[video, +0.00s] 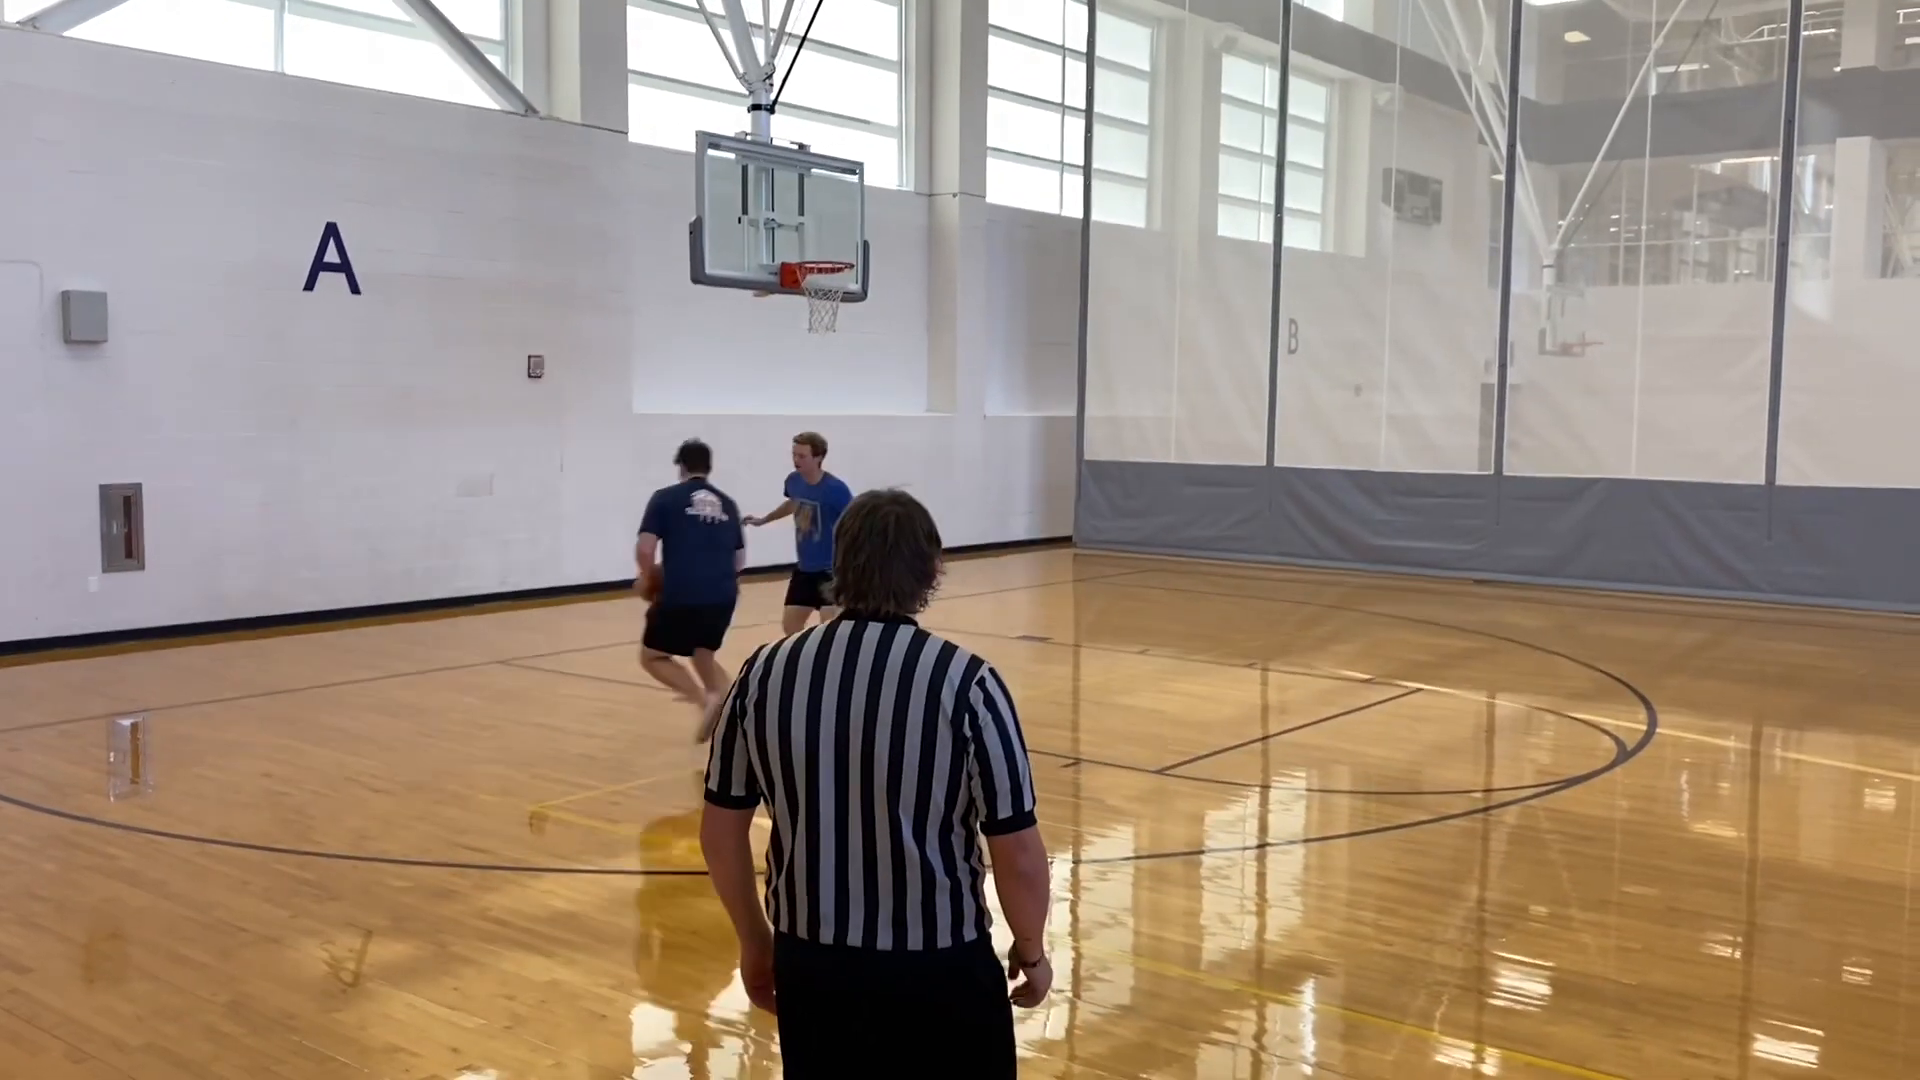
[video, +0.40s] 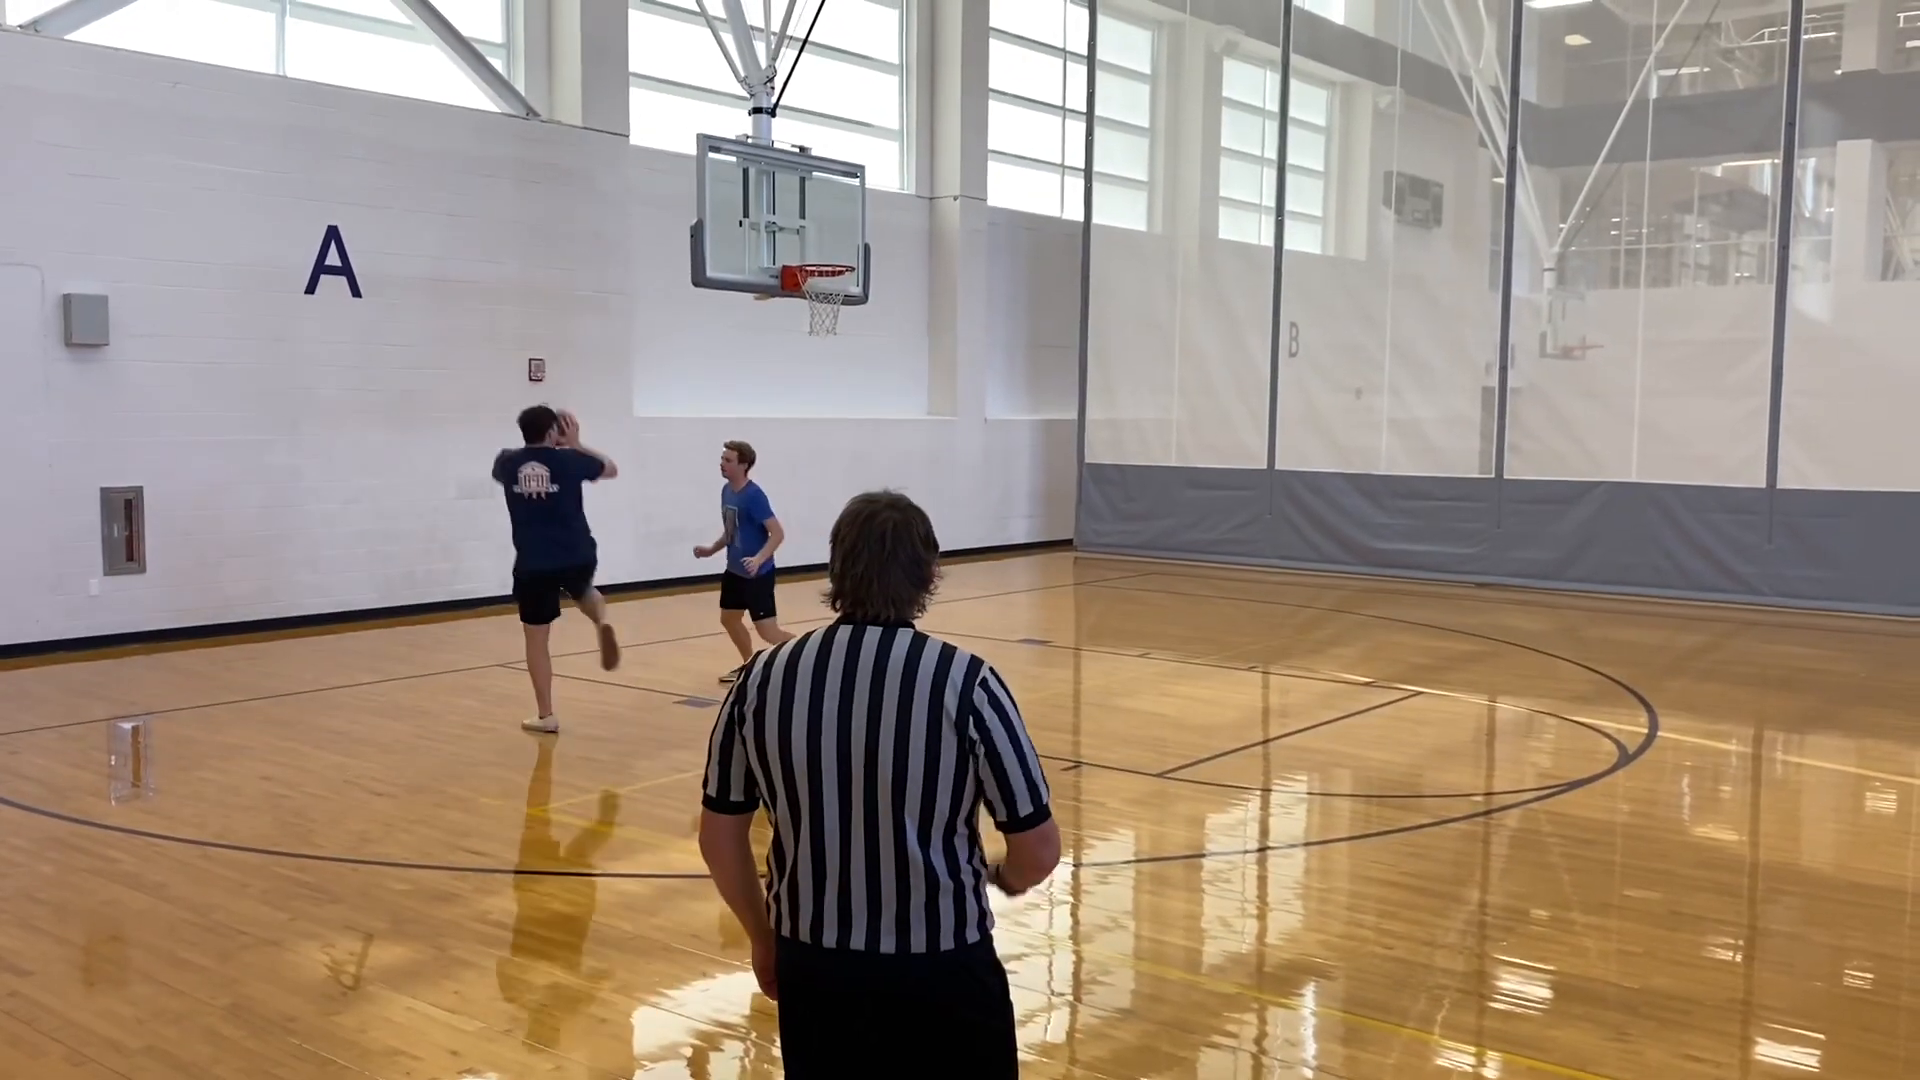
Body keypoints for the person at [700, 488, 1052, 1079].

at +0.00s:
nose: (941, 570)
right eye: (937, 558)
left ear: (842, 565)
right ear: (929, 569)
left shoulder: (764, 671)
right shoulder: (967, 681)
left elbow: (721, 832)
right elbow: (1018, 853)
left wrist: (754, 939)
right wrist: (1030, 947)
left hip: (812, 973)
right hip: (945, 976)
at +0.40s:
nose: (937, 574)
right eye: (934, 561)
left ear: (839, 568)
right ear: (927, 574)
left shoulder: (762, 677)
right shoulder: (967, 681)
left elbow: (719, 835)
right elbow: (1038, 851)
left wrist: (761, 932)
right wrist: (1004, 875)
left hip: (814, 978)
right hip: (947, 977)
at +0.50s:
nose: (930, 571)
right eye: (928, 560)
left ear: (832, 569)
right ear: (923, 574)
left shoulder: (760, 679)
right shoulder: (963, 677)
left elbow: (721, 833)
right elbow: (1070, 807)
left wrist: (767, 924)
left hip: (817, 980)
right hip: (949, 978)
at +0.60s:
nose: (931, 571)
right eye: (928, 559)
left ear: (832, 569)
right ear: (922, 572)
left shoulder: (762, 678)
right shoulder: (964, 671)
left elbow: (725, 832)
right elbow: (1101, 712)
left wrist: (775, 912)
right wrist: (1044, 632)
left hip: (820, 975)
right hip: (950, 972)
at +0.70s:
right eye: (925, 557)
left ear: (830, 565)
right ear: (923, 570)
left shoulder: (766, 676)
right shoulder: (962, 661)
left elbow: (728, 827)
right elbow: (1094, 605)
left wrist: (790, 904)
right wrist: (1044, 509)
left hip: (822, 970)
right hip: (952, 965)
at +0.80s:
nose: (927, 566)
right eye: (926, 555)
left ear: (834, 570)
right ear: (925, 570)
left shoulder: (767, 678)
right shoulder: (960, 653)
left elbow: (733, 825)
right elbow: (1073, 545)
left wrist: (791, 894)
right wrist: (1042, 424)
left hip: (827, 971)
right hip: (958, 969)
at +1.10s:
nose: (946, 567)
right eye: (946, 554)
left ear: (855, 569)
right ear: (945, 570)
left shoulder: (788, 673)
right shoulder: (970, 650)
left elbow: (756, 816)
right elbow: (1065, 516)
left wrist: (817, 876)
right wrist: (1046, 386)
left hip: (847, 974)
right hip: (976, 970)